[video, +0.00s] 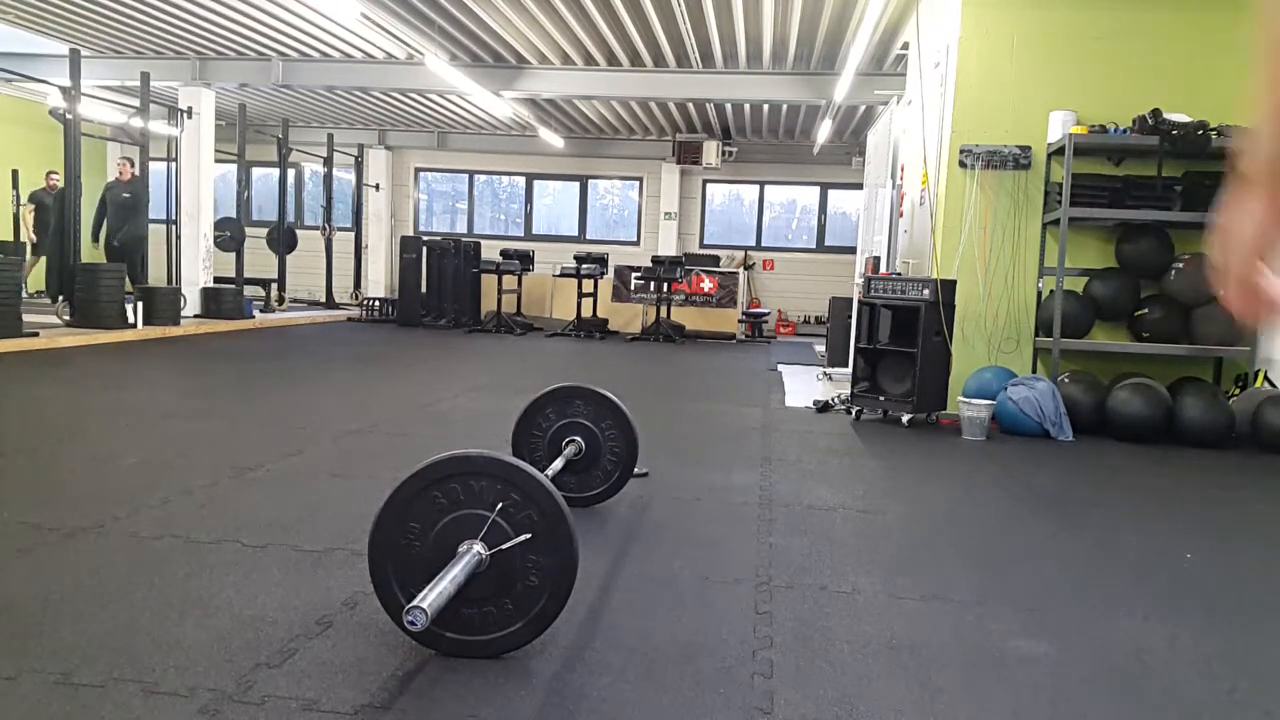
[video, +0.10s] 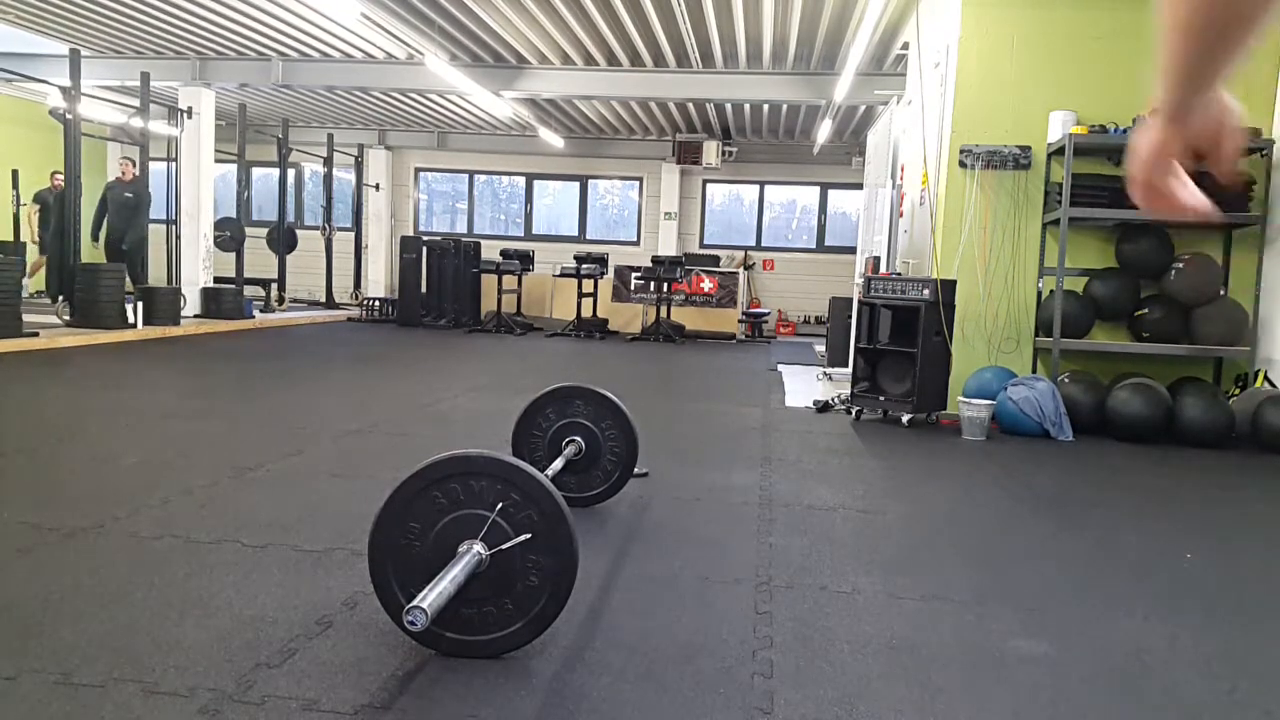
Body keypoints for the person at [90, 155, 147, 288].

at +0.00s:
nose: (120, 167)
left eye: (124, 165)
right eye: (118, 164)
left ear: (131, 168)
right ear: (116, 167)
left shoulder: (139, 186)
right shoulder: (110, 187)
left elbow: (140, 218)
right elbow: (100, 212)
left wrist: (119, 239)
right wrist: (95, 236)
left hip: (134, 240)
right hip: (113, 240)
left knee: (136, 277)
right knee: (115, 277)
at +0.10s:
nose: (123, 167)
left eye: (126, 165)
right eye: (121, 164)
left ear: (133, 168)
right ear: (118, 167)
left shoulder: (141, 188)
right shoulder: (110, 186)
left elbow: (141, 219)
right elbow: (100, 211)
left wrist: (129, 240)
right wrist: (95, 235)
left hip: (135, 239)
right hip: (113, 238)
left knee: (136, 275)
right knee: (114, 275)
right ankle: (115, 306)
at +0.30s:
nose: (127, 168)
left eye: (131, 165)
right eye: (125, 165)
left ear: (137, 169)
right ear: (121, 168)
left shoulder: (146, 189)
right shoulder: (112, 187)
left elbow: (150, 216)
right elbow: (103, 211)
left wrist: (148, 242)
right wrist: (100, 233)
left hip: (137, 242)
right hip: (115, 241)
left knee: (141, 284)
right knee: (113, 281)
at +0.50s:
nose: (129, 169)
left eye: (133, 166)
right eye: (126, 166)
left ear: (138, 169)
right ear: (122, 169)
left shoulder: (147, 189)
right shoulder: (114, 187)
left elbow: (156, 215)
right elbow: (105, 214)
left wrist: (160, 238)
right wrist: (107, 234)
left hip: (139, 242)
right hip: (117, 241)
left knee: (141, 281)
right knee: (115, 280)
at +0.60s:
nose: (129, 169)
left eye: (133, 166)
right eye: (126, 166)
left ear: (138, 169)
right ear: (122, 169)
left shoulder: (148, 189)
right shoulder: (114, 188)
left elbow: (156, 215)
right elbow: (106, 214)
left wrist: (160, 238)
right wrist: (109, 235)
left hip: (139, 242)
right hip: (117, 241)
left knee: (141, 282)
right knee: (115, 280)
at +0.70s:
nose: (129, 169)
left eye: (132, 166)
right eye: (126, 166)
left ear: (138, 169)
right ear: (122, 169)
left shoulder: (148, 189)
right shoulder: (114, 188)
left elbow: (155, 216)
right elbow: (106, 214)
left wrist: (157, 240)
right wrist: (108, 235)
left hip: (139, 242)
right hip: (117, 241)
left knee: (141, 281)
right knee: (115, 280)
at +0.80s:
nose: (127, 169)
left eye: (130, 166)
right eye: (124, 166)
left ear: (137, 169)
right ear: (121, 169)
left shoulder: (147, 189)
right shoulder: (113, 188)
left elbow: (152, 217)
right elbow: (105, 214)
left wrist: (151, 242)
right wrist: (106, 237)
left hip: (138, 243)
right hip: (116, 242)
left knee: (142, 282)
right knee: (114, 281)